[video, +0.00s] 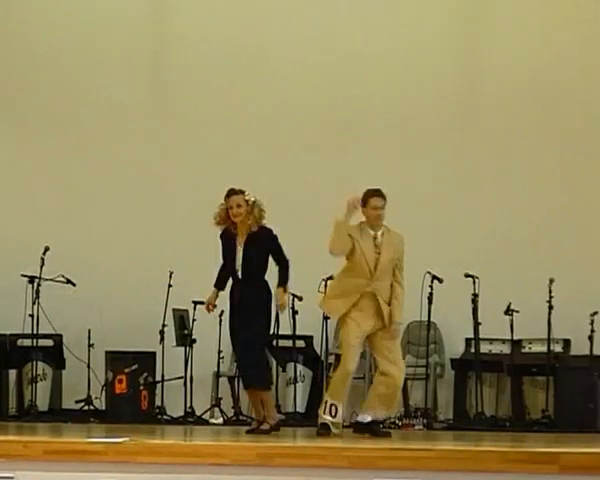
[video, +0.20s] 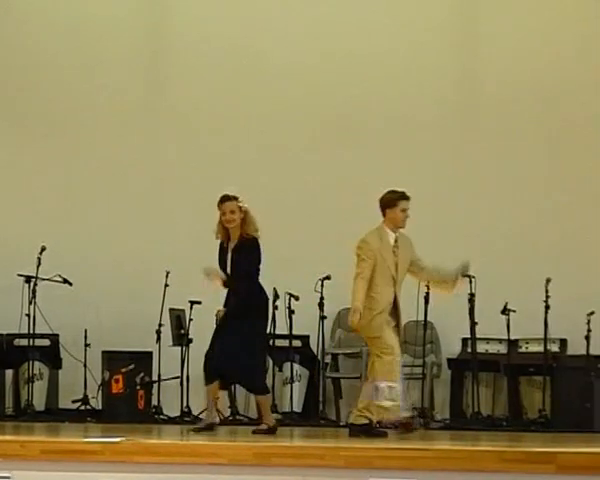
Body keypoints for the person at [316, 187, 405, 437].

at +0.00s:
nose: (378, 213)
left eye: (382, 208)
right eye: (373, 208)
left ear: (386, 210)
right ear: (363, 210)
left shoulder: (395, 239)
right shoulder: (353, 232)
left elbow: (397, 279)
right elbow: (336, 249)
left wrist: (396, 316)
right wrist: (346, 216)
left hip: (384, 309)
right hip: (355, 307)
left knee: (393, 371)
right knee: (348, 364)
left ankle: (367, 419)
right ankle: (327, 419)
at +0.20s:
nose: (407, 216)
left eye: (407, 211)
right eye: (403, 211)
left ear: (402, 212)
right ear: (387, 212)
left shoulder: (403, 243)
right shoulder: (370, 242)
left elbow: (421, 271)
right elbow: (361, 277)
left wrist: (453, 276)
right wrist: (356, 308)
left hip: (390, 314)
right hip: (370, 313)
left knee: (379, 362)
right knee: (391, 352)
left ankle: (360, 419)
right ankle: (390, 414)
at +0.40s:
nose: (431, 218)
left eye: (432, 214)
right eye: (427, 213)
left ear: (425, 214)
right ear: (413, 213)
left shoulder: (412, 235)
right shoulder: (405, 243)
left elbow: (430, 217)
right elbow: (379, 278)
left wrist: (440, 200)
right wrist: (369, 317)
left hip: (390, 312)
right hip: (398, 312)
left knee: (396, 370)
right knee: (434, 348)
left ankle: (363, 417)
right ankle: (444, 409)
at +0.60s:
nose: (457, 222)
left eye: (456, 217)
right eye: (454, 217)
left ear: (431, 218)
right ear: (443, 219)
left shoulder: (412, 237)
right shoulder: (446, 255)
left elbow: (403, 233)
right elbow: (442, 300)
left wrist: (423, 217)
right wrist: (443, 334)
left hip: (398, 316)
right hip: (425, 322)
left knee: (400, 361)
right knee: (454, 366)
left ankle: (389, 411)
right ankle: (444, 421)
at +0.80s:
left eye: (433, 205)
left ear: (431, 208)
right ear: (452, 209)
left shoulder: (416, 237)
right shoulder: (462, 241)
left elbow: (398, 276)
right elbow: (487, 270)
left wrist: (379, 303)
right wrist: (516, 269)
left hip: (414, 313)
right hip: (448, 316)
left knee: (406, 359)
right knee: (459, 368)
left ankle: (392, 406)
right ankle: (451, 420)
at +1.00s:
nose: (406, 211)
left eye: (406, 208)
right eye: (410, 207)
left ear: (408, 208)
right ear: (428, 206)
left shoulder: (405, 241)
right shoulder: (452, 225)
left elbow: (407, 280)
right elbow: (483, 214)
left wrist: (405, 313)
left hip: (418, 308)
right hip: (448, 306)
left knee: (401, 356)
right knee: (456, 362)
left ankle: (397, 415)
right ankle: (465, 420)